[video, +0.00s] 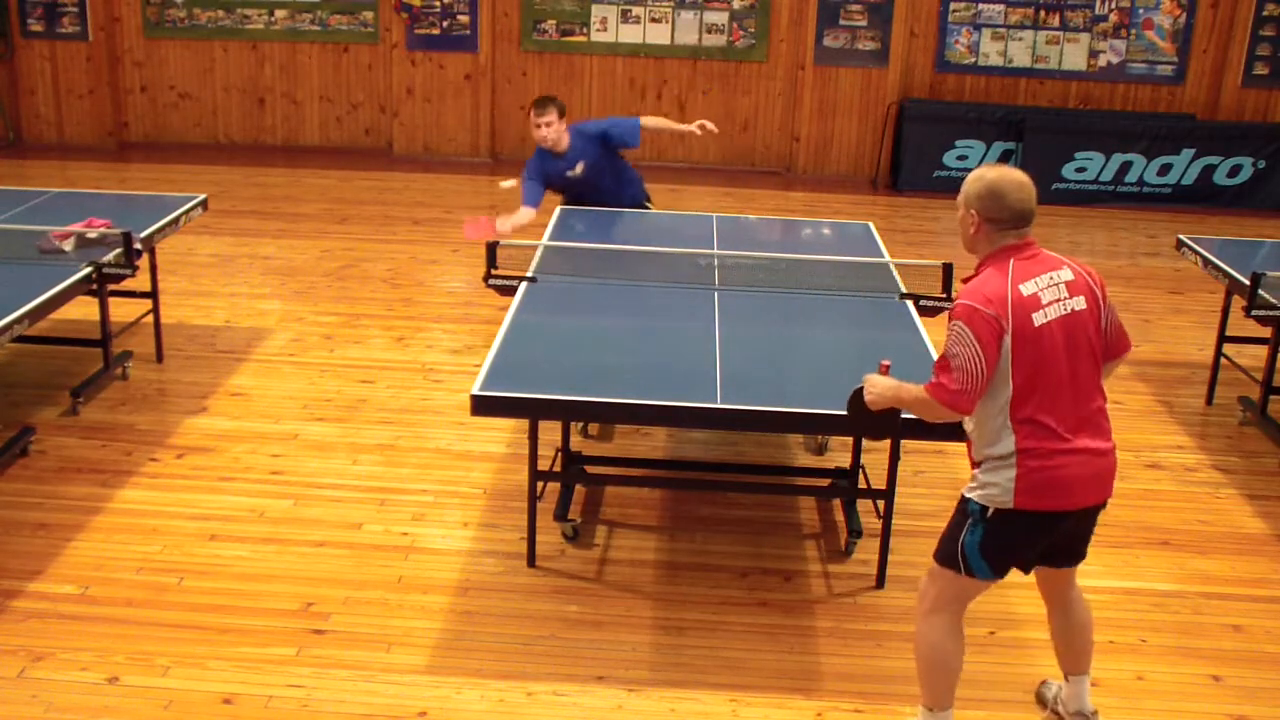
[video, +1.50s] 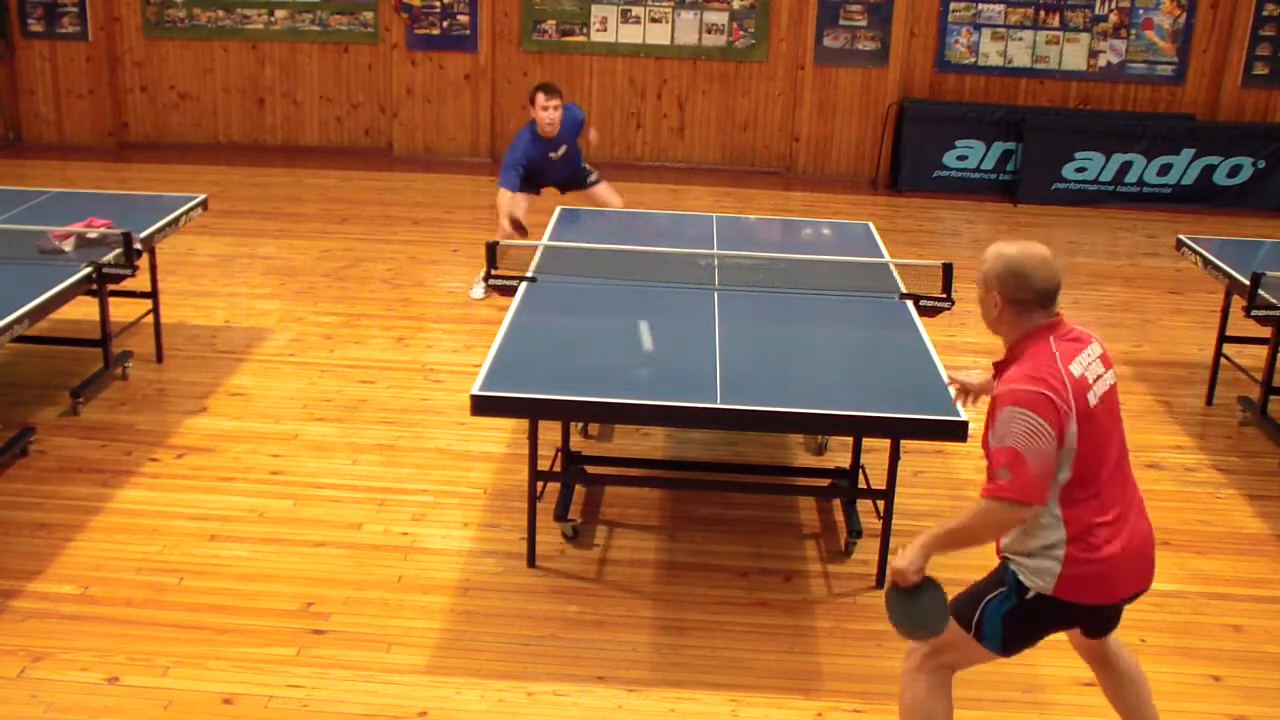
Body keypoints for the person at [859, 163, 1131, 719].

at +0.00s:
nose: (958, 222)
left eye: (961, 213)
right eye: (960, 212)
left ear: (975, 222)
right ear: (1027, 218)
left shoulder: (981, 297)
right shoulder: (1081, 276)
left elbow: (953, 400)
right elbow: (1115, 349)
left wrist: (895, 393)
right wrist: (1052, 382)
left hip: (1014, 490)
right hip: (1089, 481)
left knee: (940, 603)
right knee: (1061, 582)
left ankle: (935, 714)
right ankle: (1077, 698)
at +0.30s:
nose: (975, 239)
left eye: (977, 231)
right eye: (978, 229)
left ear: (988, 243)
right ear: (1041, 240)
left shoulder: (991, 322)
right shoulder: (1085, 296)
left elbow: (944, 420)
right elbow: (1054, 384)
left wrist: (903, 405)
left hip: (1030, 504)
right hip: (1106, 493)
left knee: (932, 592)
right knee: (1068, 565)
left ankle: (932, 713)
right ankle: (1099, 679)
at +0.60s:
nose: (1062, 247)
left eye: (1063, 240)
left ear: (1065, 246)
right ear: (1122, 251)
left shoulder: (1021, 309)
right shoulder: (1157, 315)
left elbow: (976, 379)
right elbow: (1173, 371)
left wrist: (1040, 375)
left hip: (1037, 503)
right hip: (1125, 511)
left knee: (949, 593)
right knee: (1109, 569)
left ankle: (935, 713)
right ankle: (1106, 683)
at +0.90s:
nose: (1101, 242)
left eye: (1105, 237)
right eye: (1105, 236)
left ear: (1111, 248)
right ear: (1168, 260)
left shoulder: (1069, 307)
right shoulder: (1192, 339)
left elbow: (957, 303)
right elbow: (1245, 426)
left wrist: (895, 264)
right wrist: (1254, 456)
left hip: (1046, 502)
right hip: (1127, 518)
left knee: (948, 591)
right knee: (1102, 561)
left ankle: (927, 715)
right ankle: (1099, 680)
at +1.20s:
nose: (1041, 237)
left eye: (1044, 229)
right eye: (1044, 226)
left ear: (1054, 242)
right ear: (1111, 246)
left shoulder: (1022, 317)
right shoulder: (1155, 324)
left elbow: (952, 396)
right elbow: (1182, 417)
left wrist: (897, 390)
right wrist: (1154, 464)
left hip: (1036, 518)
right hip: (1122, 519)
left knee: (956, 639)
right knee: (1099, 589)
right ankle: (1114, 699)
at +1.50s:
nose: (977, 295)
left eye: (980, 287)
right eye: (980, 285)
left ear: (996, 303)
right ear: (1050, 294)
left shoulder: (1028, 387)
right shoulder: (1080, 340)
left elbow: (1012, 504)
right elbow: (1040, 373)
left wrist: (925, 546)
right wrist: (991, 383)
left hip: (1066, 573)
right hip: (1124, 551)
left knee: (927, 660)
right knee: (1095, 639)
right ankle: (1146, 718)